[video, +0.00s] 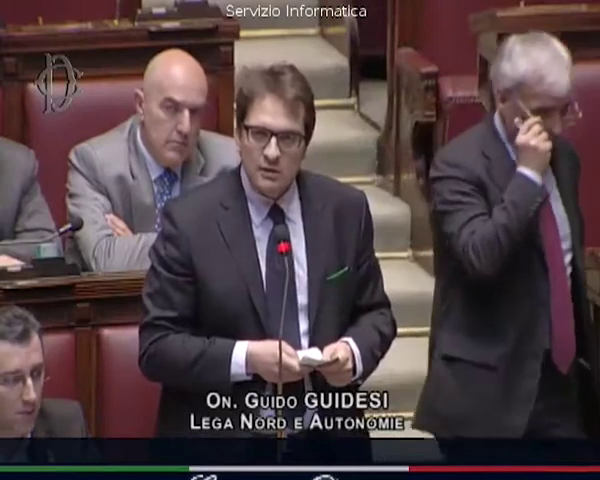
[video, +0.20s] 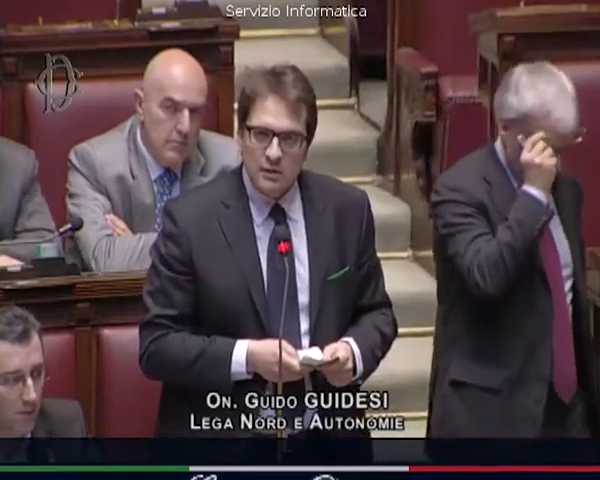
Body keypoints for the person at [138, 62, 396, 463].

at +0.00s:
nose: (272, 153)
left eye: (288, 138)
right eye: (258, 134)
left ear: (307, 141)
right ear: (238, 134)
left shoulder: (347, 209)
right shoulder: (188, 218)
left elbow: (377, 314)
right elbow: (156, 347)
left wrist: (352, 352)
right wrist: (246, 357)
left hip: (326, 438)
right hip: (219, 441)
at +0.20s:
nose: (274, 153)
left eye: (290, 138)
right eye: (260, 135)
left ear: (308, 142)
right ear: (239, 134)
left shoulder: (348, 209)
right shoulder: (188, 217)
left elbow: (378, 314)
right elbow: (157, 346)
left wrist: (353, 352)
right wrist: (246, 356)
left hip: (327, 438)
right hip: (220, 440)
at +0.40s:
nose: (275, 154)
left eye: (291, 139)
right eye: (262, 135)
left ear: (309, 143)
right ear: (241, 134)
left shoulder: (349, 208)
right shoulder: (189, 215)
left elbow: (378, 314)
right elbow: (157, 345)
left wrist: (354, 352)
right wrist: (246, 355)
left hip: (327, 438)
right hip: (220, 440)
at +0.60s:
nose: (275, 154)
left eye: (291, 139)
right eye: (262, 135)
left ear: (310, 143)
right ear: (241, 134)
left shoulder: (349, 208)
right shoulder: (189, 215)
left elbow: (378, 314)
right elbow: (157, 345)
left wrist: (354, 352)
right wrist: (245, 355)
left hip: (327, 439)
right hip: (220, 440)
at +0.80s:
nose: (282, 158)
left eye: (296, 143)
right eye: (268, 141)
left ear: (311, 142)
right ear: (241, 138)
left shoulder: (348, 208)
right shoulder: (189, 217)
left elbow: (377, 315)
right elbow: (157, 346)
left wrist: (354, 352)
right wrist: (246, 355)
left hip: (328, 437)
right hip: (220, 439)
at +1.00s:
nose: (300, 165)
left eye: (308, 147)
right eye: (282, 151)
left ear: (316, 140)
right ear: (243, 151)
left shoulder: (344, 206)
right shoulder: (187, 219)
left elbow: (373, 310)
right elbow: (157, 350)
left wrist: (363, 344)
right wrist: (247, 357)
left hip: (328, 438)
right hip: (221, 442)